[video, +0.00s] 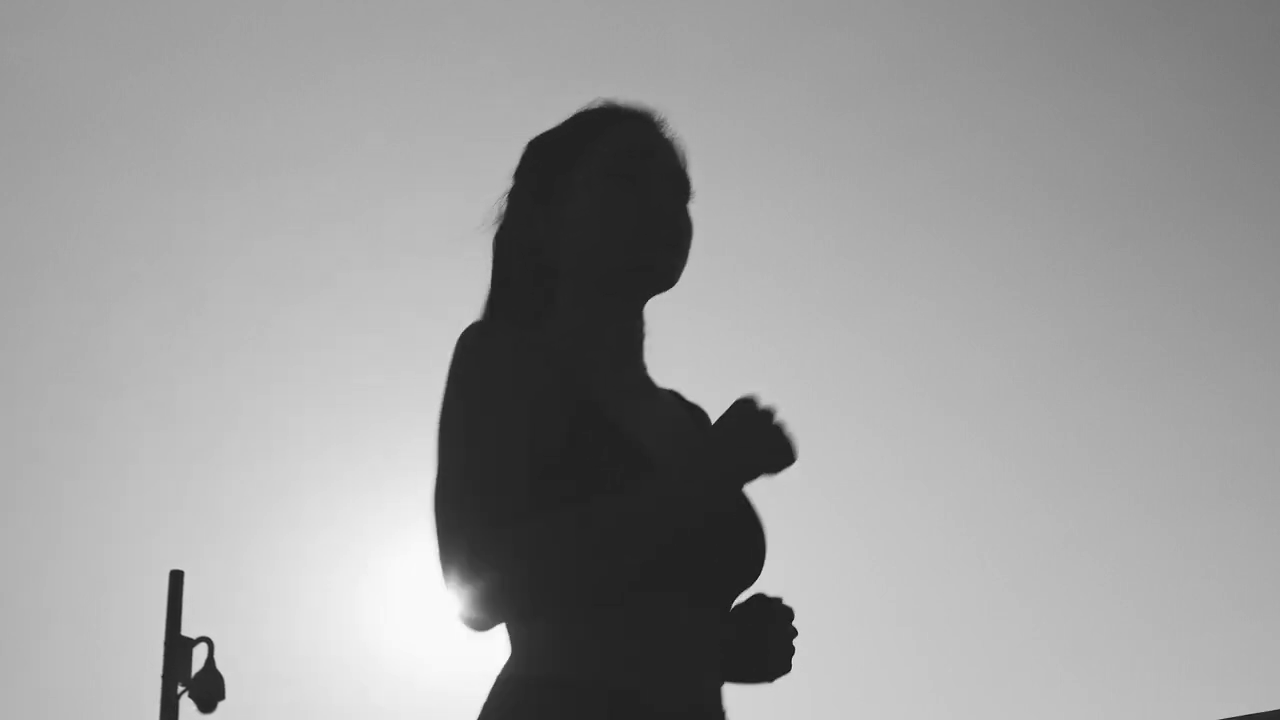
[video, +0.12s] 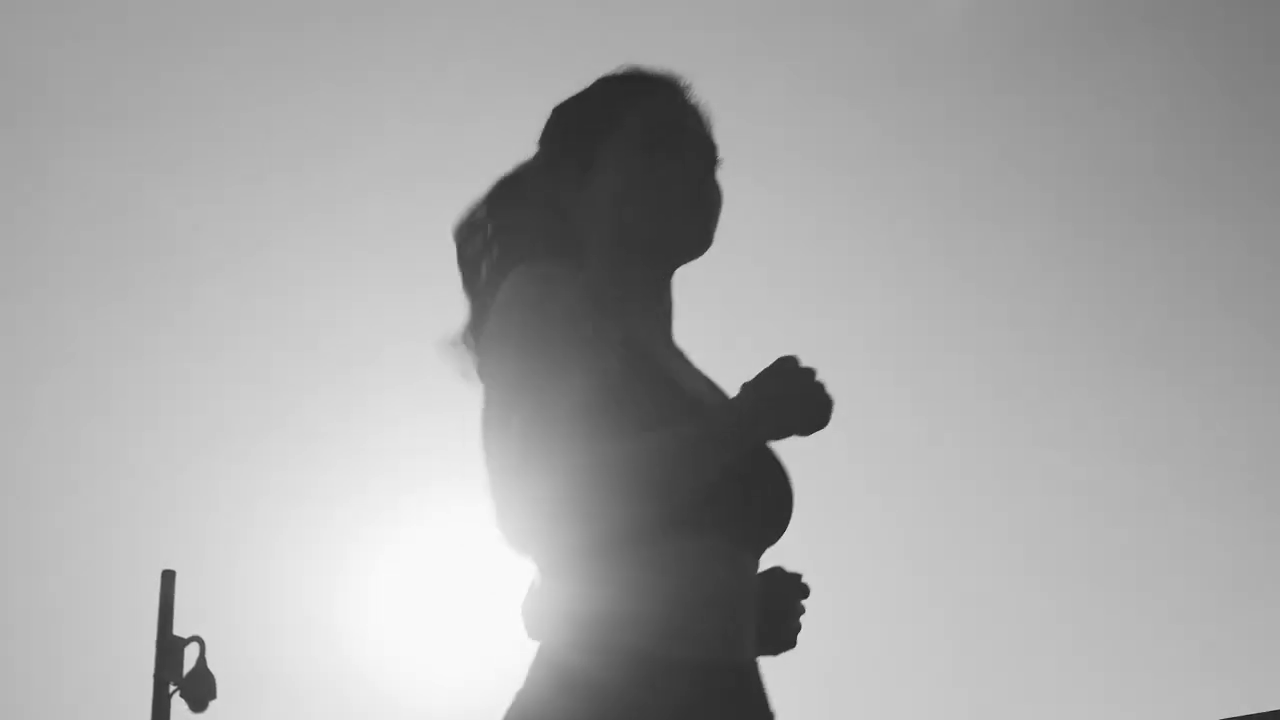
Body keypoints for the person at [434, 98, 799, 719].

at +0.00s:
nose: (671, 215)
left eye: (680, 196)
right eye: (635, 189)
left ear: (689, 214)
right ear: (563, 210)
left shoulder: (677, 416)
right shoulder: (503, 357)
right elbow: (480, 584)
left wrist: (723, 642)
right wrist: (707, 469)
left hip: (684, 703)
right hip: (555, 696)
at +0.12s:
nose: (712, 186)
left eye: (713, 165)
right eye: (685, 161)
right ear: (610, 178)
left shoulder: (641, 338)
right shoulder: (546, 303)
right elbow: (539, 510)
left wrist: (742, 606)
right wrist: (742, 423)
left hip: (708, 681)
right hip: (616, 683)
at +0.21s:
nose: (728, 165)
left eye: (729, 147)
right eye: (694, 142)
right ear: (611, 167)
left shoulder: (660, 313)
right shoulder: (575, 274)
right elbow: (553, 471)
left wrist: (758, 586)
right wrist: (764, 407)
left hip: (735, 672)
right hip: (635, 671)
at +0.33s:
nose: (756, 152)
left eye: (758, 133)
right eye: (722, 130)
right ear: (644, 153)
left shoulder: (696, 302)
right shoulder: (615, 253)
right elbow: (562, 450)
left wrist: (785, 578)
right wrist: (790, 416)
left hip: (764, 663)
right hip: (668, 660)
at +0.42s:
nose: (774, 152)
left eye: (776, 133)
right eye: (736, 129)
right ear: (648, 161)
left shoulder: (722, 305)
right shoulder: (636, 263)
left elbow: (677, 532)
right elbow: (558, 461)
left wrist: (808, 587)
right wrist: (799, 449)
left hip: (782, 668)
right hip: (687, 667)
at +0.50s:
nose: (797, 165)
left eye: (794, 146)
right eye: (760, 143)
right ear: (670, 176)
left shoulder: (749, 335)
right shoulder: (650, 291)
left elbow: (709, 554)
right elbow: (547, 491)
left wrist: (837, 605)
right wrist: (821, 503)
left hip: (798, 685)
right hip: (702, 683)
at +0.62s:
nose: (820, 181)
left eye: (815, 160)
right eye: (779, 160)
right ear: (695, 210)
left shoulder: (784, 385)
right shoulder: (668, 334)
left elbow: (776, 667)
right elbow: (520, 539)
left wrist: (889, 667)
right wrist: (731, 602)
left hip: (809, 714)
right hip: (706, 706)